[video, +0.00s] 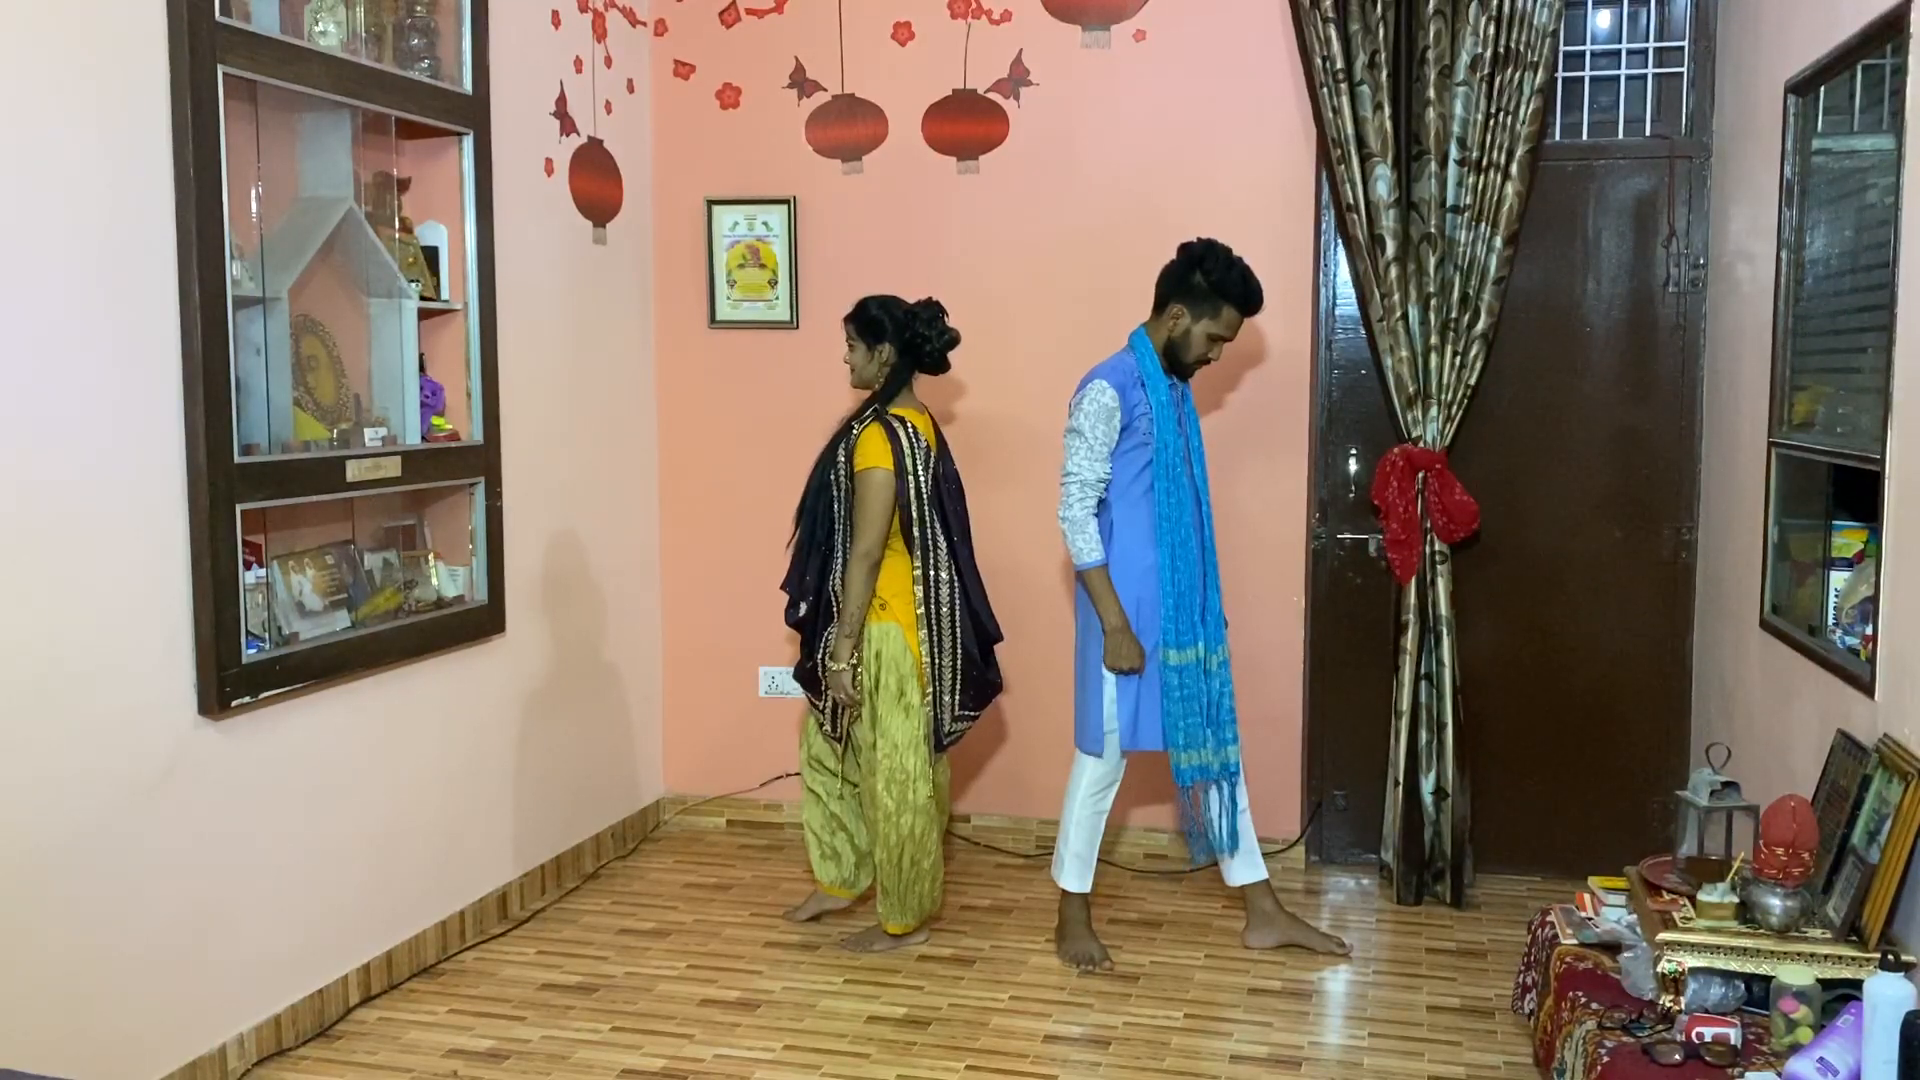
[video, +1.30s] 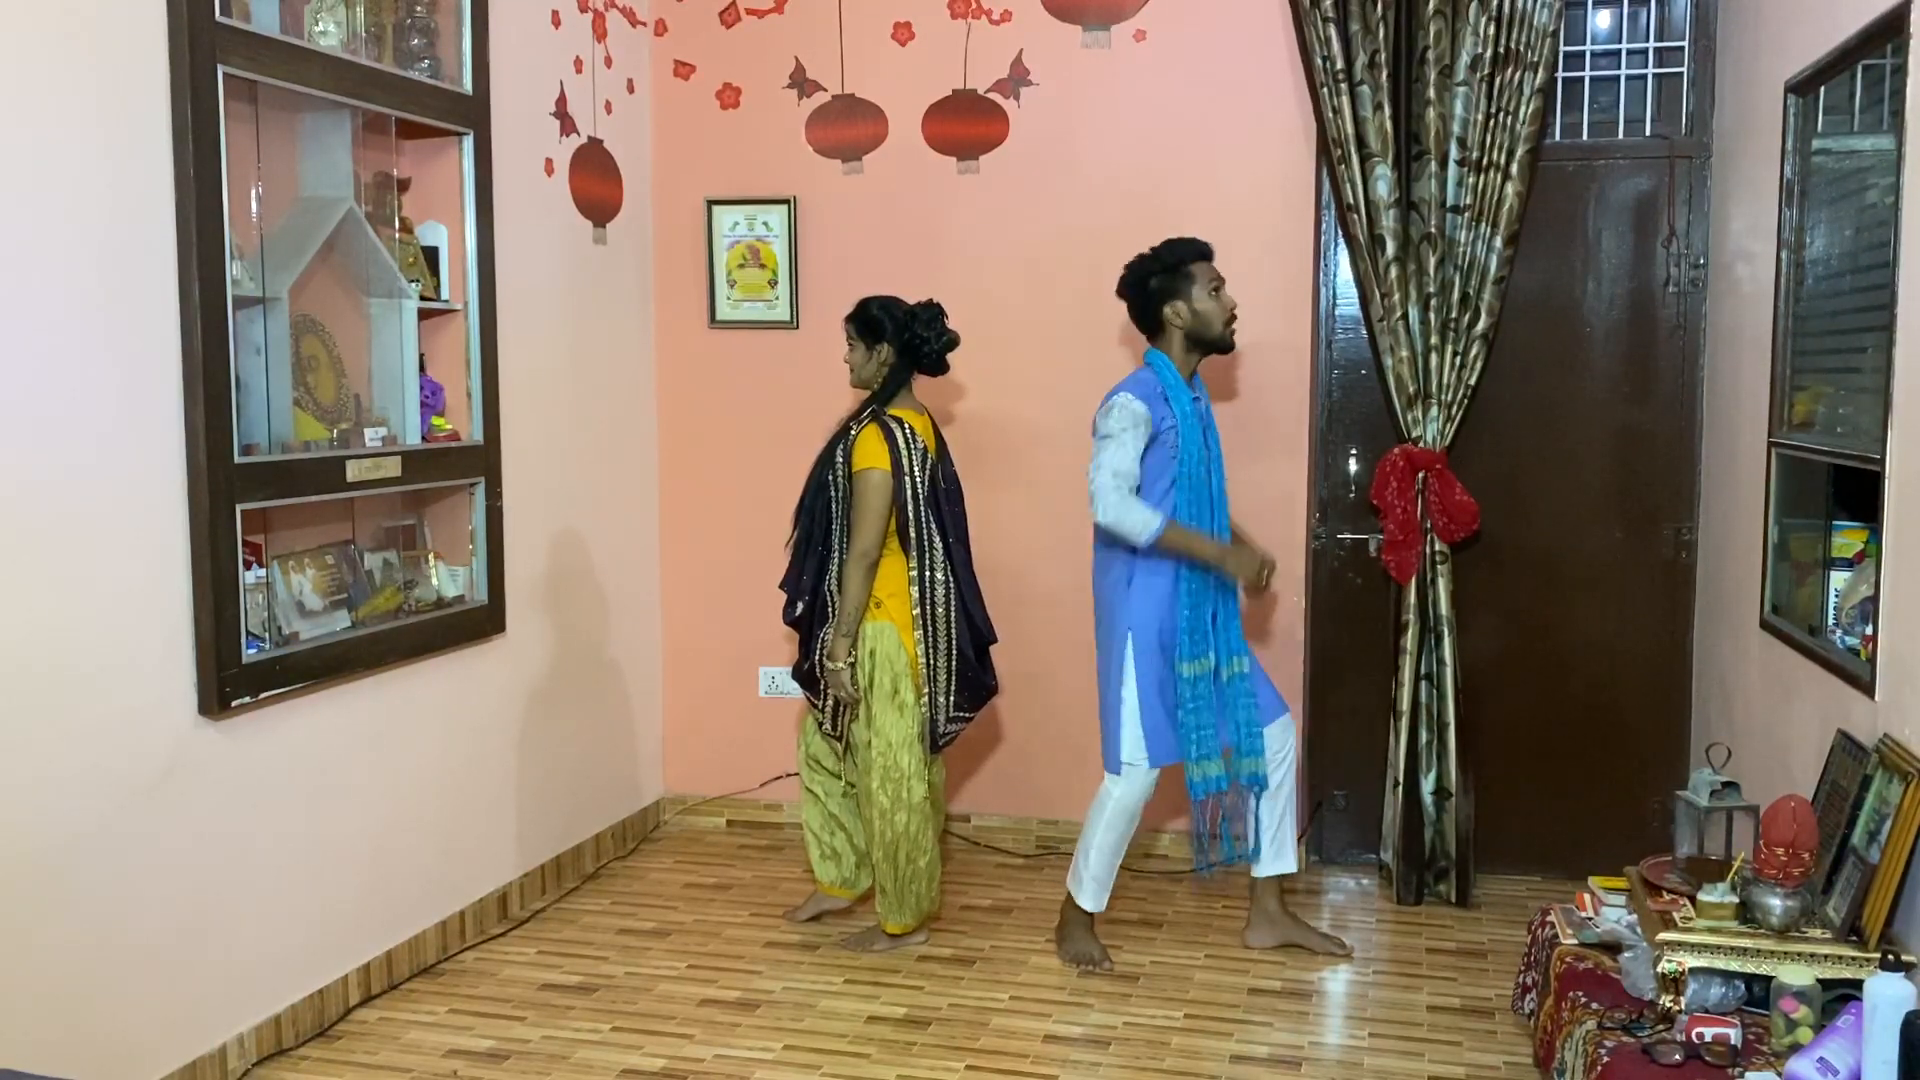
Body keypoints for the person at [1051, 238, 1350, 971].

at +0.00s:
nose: (1219, 353)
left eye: (1227, 340)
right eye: (1215, 336)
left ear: (1194, 320)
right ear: (1173, 312)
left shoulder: (1172, 391)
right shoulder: (1106, 392)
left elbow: (1173, 516)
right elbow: (1076, 515)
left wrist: (1200, 608)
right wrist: (1114, 622)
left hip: (1184, 604)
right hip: (1123, 605)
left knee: (1211, 745)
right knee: (1103, 754)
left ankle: (1263, 908)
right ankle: (1072, 913)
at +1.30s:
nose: (1232, 302)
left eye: (1225, 288)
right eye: (1216, 290)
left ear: (1181, 313)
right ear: (1173, 311)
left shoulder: (1188, 401)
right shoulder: (1135, 402)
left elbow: (1189, 502)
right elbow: (1111, 506)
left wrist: (1240, 546)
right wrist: (1215, 552)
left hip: (1196, 616)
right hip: (1140, 619)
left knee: (1277, 733)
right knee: (1136, 767)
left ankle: (1270, 908)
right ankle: (1078, 918)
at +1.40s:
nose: (1218, 272)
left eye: (1209, 260)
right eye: (1201, 264)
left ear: (1182, 289)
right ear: (1167, 290)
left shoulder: (1205, 378)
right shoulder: (1146, 368)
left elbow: (1258, 405)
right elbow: (1165, 376)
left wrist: (1263, 389)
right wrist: (1227, 373)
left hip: (1220, 589)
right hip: (1157, 588)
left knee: (1275, 731)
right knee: (1132, 752)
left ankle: (1271, 905)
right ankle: (1073, 907)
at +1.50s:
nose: (1205, 255)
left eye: (1198, 246)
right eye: (1190, 248)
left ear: (1175, 270)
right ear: (1155, 269)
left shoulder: (1201, 321)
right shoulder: (1158, 326)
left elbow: (1234, 225)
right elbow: (1177, 230)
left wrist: (1288, 157)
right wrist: (1255, 129)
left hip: (1230, 540)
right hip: (1170, 539)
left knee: (1253, 700)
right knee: (1131, 707)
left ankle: (1278, 880)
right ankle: (1075, 885)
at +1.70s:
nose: (1202, 251)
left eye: (1192, 242)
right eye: (1183, 245)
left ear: (1164, 274)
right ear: (1155, 274)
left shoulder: (1219, 325)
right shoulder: (1173, 336)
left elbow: (1241, 247)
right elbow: (1191, 247)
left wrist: (1266, 171)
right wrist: (1247, 161)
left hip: (1250, 557)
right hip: (1193, 558)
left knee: (1258, 714)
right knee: (1144, 718)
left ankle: (1268, 890)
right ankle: (1076, 890)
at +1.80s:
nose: (1206, 262)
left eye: (1196, 253)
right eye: (1189, 260)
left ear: (1180, 287)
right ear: (1162, 293)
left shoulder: (1207, 346)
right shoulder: (1164, 353)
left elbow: (1244, 345)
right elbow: (1198, 350)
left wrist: (1267, 323)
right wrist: (1254, 322)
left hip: (1254, 568)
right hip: (1200, 571)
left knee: (1260, 725)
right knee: (1147, 728)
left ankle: (1264, 898)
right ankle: (1064, 890)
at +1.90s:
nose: (1213, 284)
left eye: (1202, 274)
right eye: (1195, 280)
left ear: (1174, 310)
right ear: (1165, 311)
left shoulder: (1218, 385)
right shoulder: (1166, 394)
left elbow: (1221, 495)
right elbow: (1169, 508)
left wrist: (1299, 479)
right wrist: (1280, 478)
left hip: (1251, 598)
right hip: (1194, 601)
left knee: (1288, 738)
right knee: (1165, 763)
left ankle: (1268, 901)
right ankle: (1065, 898)